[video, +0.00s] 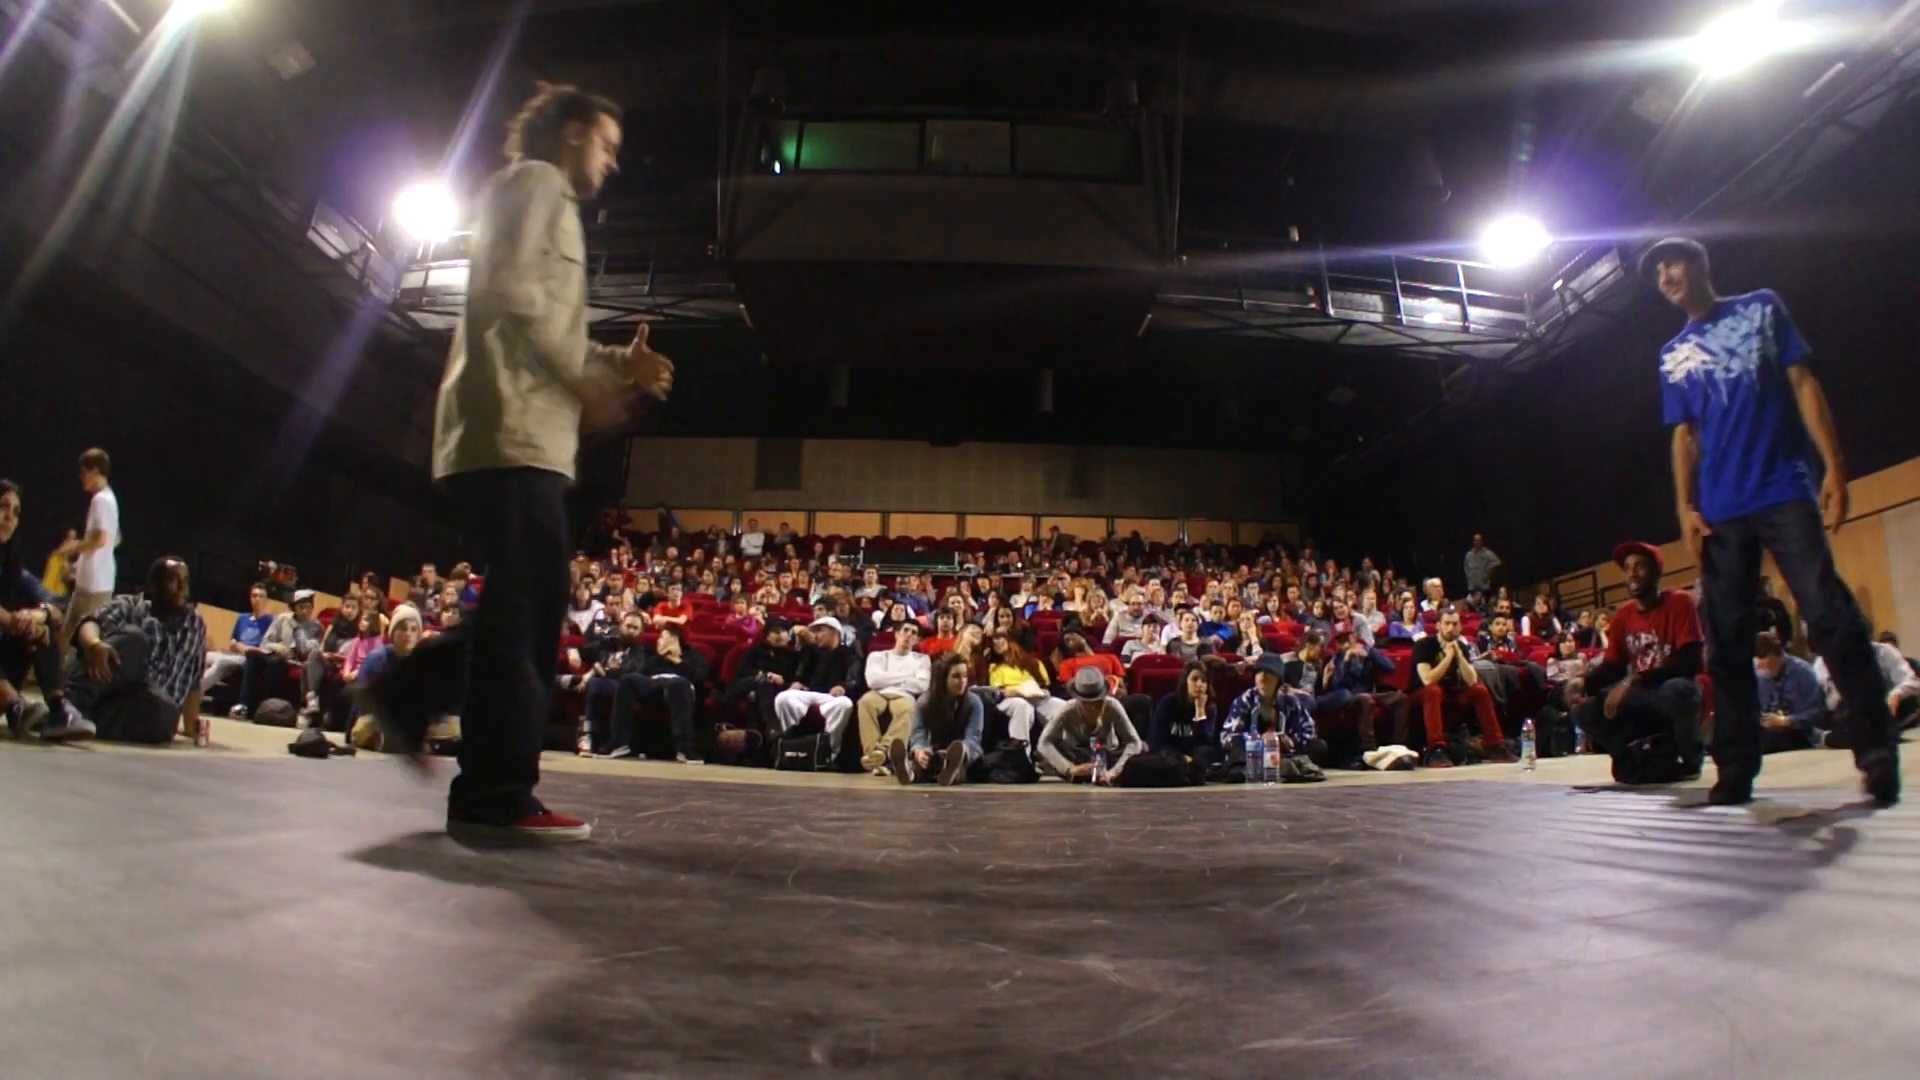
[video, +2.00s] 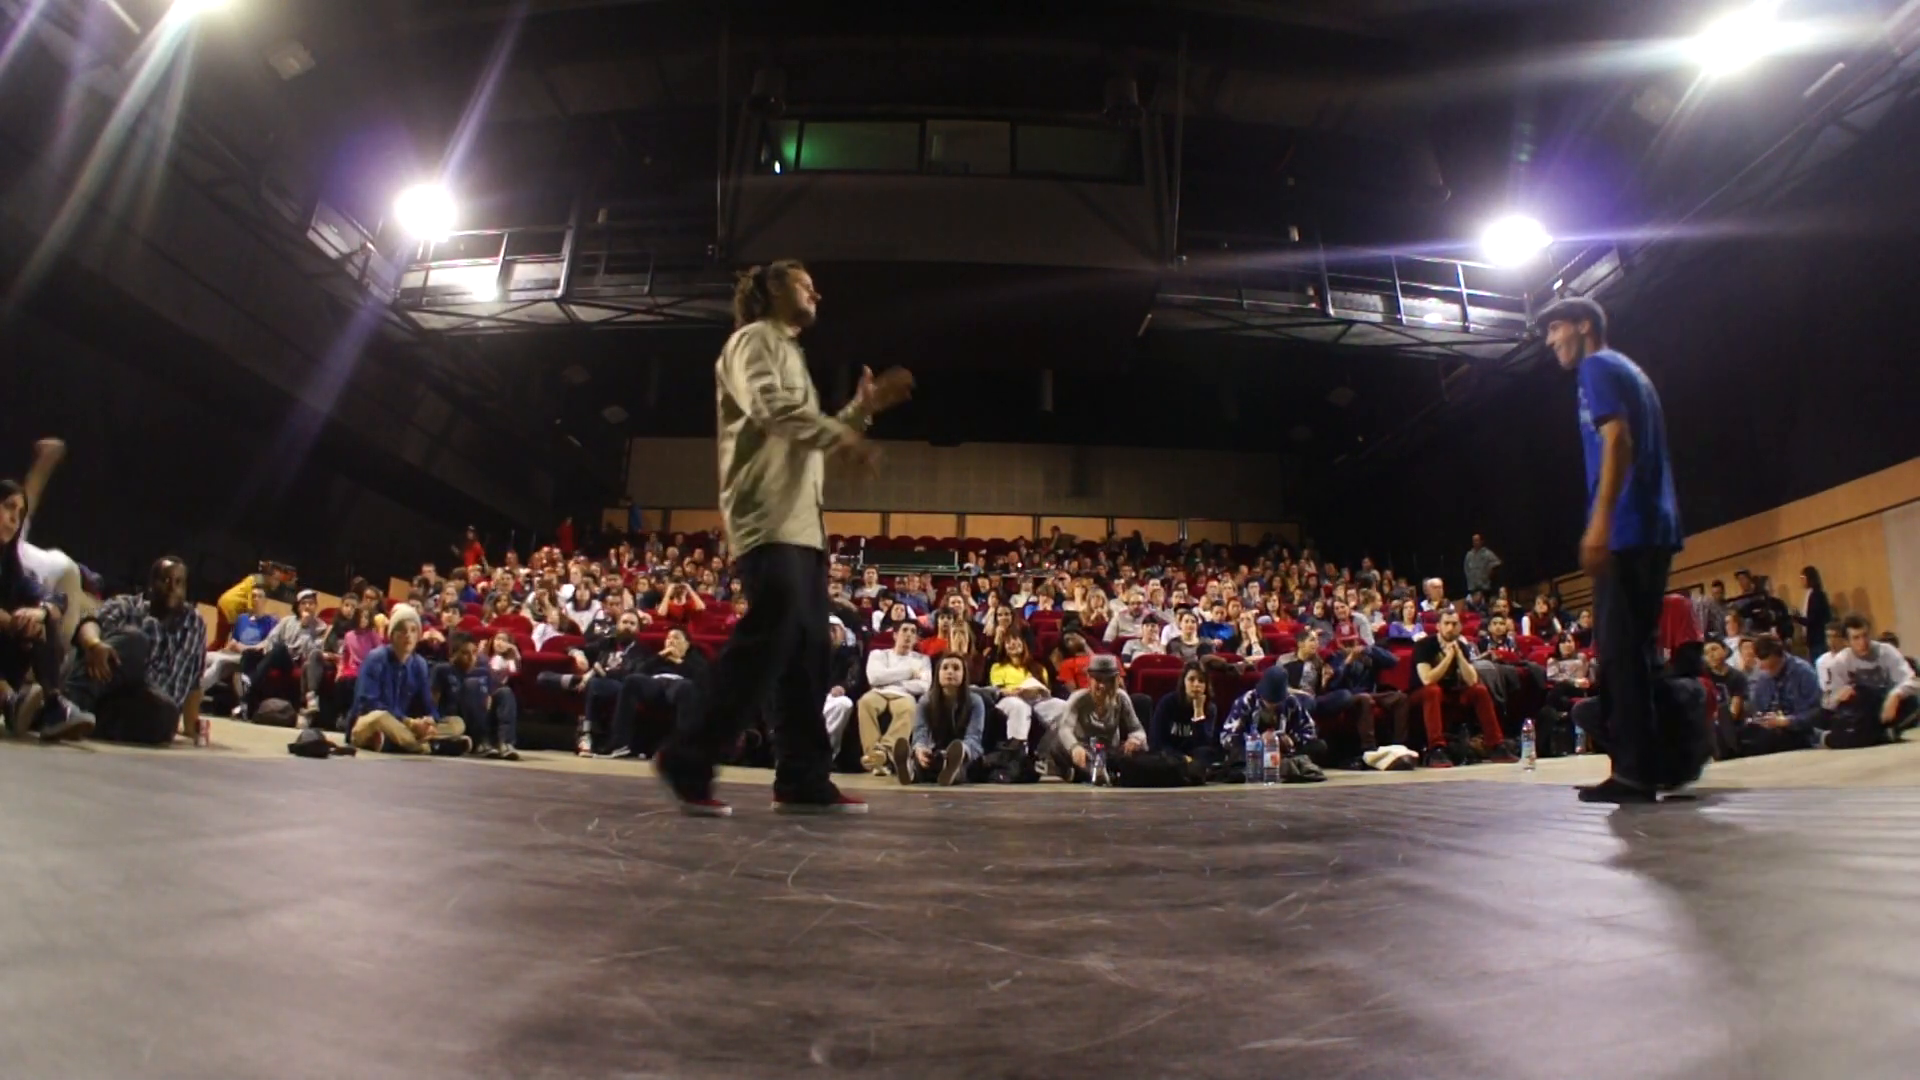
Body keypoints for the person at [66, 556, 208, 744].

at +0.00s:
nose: (178, 589)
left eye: (183, 583)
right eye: (171, 581)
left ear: (187, 587)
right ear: (156, 583)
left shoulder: (194, 624)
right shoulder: (130, 605)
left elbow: (194, 682)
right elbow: (89, 624)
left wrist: (191, 730)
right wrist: (93, 644)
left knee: (161, 720)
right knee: (133, 638)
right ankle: (71, 707)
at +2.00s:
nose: (171, 588)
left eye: (178, 583)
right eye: (164, 580)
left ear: (185, 589)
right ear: (152, 583)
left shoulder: (194, 624)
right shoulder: (127, 605)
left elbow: (194, 684)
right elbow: (89, 624)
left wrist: (191, 731)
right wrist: (93, 644)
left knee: (161, 719)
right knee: (134, 640)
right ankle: (69, 704)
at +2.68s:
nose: (180, 591)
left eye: (185, 585)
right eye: (172, 584)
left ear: (188, 588)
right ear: (156, 586)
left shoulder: (195, 625)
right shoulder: (129, 605)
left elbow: (193, 684)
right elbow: (86, 619)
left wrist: (192, 730)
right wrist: (86, 639)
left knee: (163, 714)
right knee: (126, 631)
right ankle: (69, 707)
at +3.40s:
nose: (180, 591)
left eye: (184, 584)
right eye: (173, 583)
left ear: (188, 587)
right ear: (153, 585)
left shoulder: (194, 627)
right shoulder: (127, 604)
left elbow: (192, 685)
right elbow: (79, 615)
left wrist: (191, 730)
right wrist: (77, 633)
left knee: (161, 717)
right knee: (117, 625)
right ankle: (66, 705)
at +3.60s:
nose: (179, 587)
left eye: (183, 581)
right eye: (172, 579)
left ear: (187, 585)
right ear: (153, 582)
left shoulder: (193, 626)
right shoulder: (125, 602)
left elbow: (192, 685)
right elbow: (77, 617)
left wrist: (190, 730)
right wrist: (77, 634)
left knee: (160, 719)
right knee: (115, 623)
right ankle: (63, 707)